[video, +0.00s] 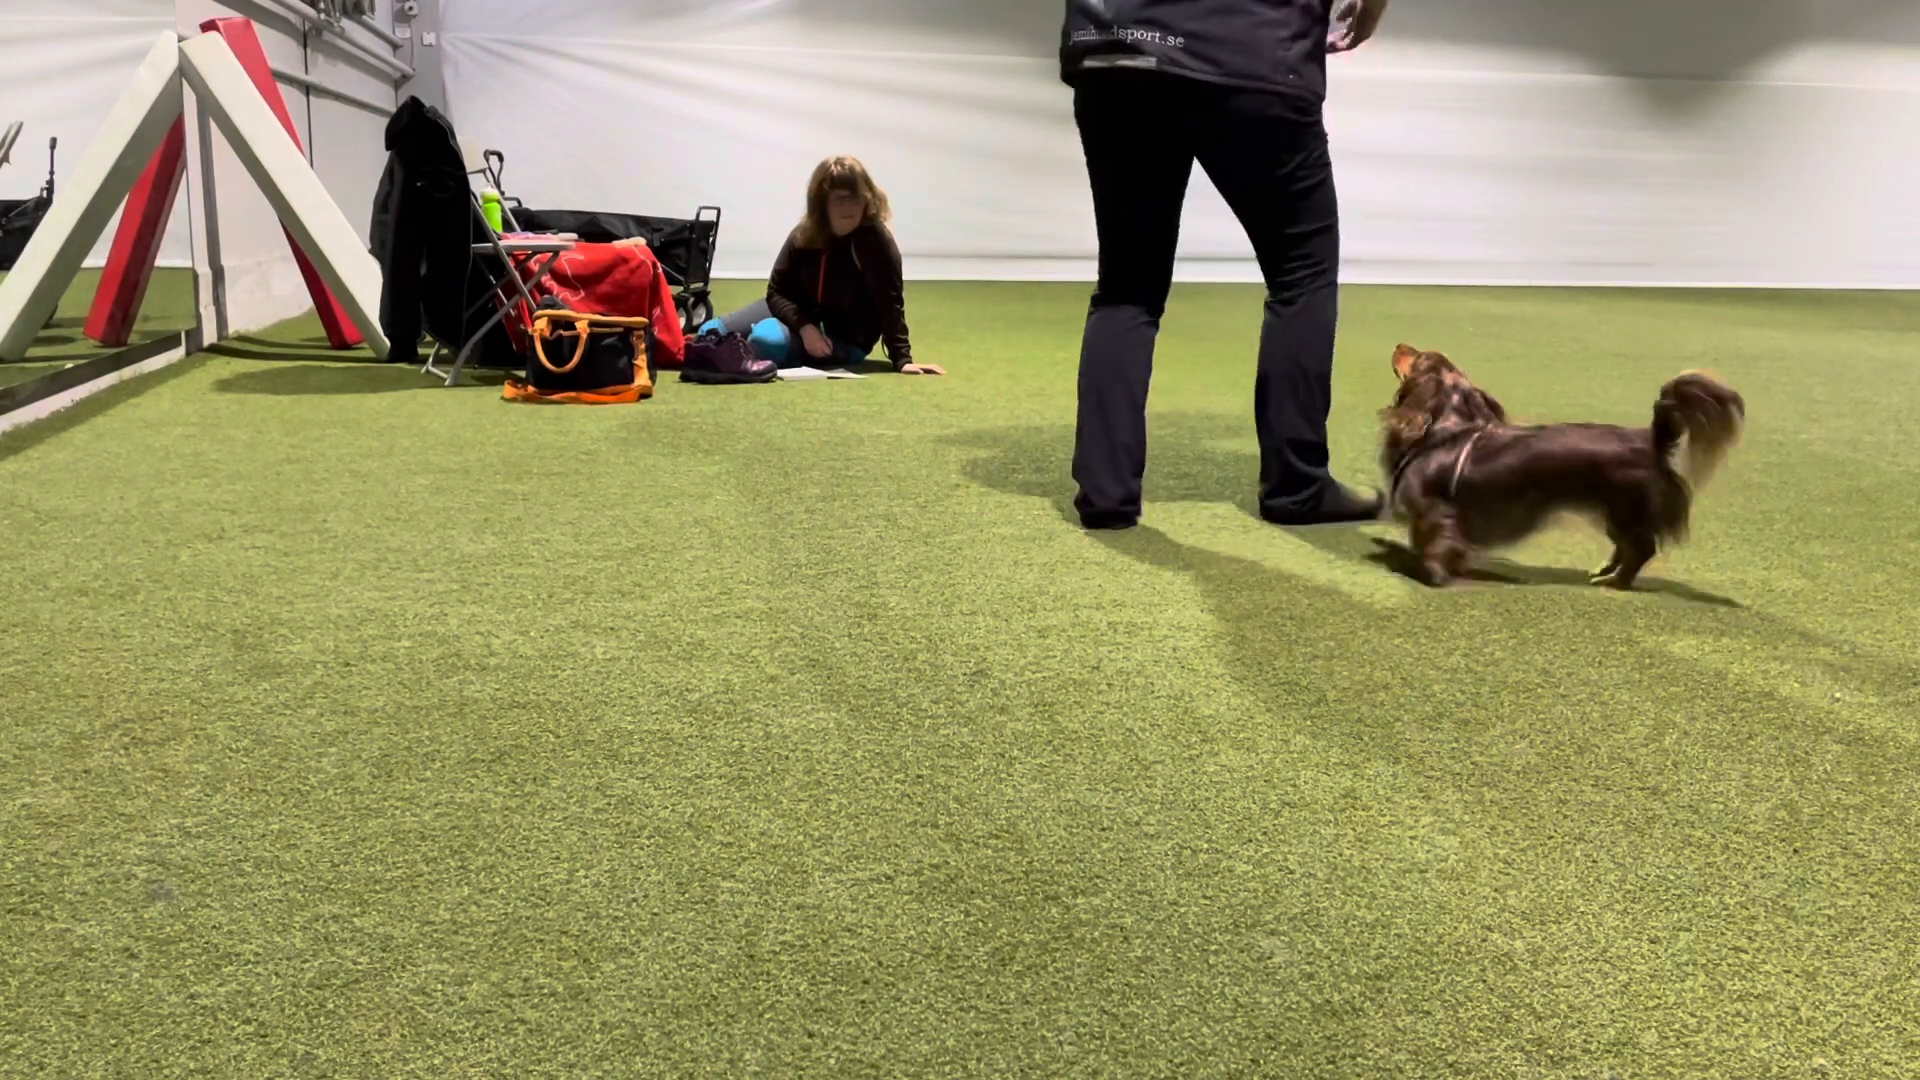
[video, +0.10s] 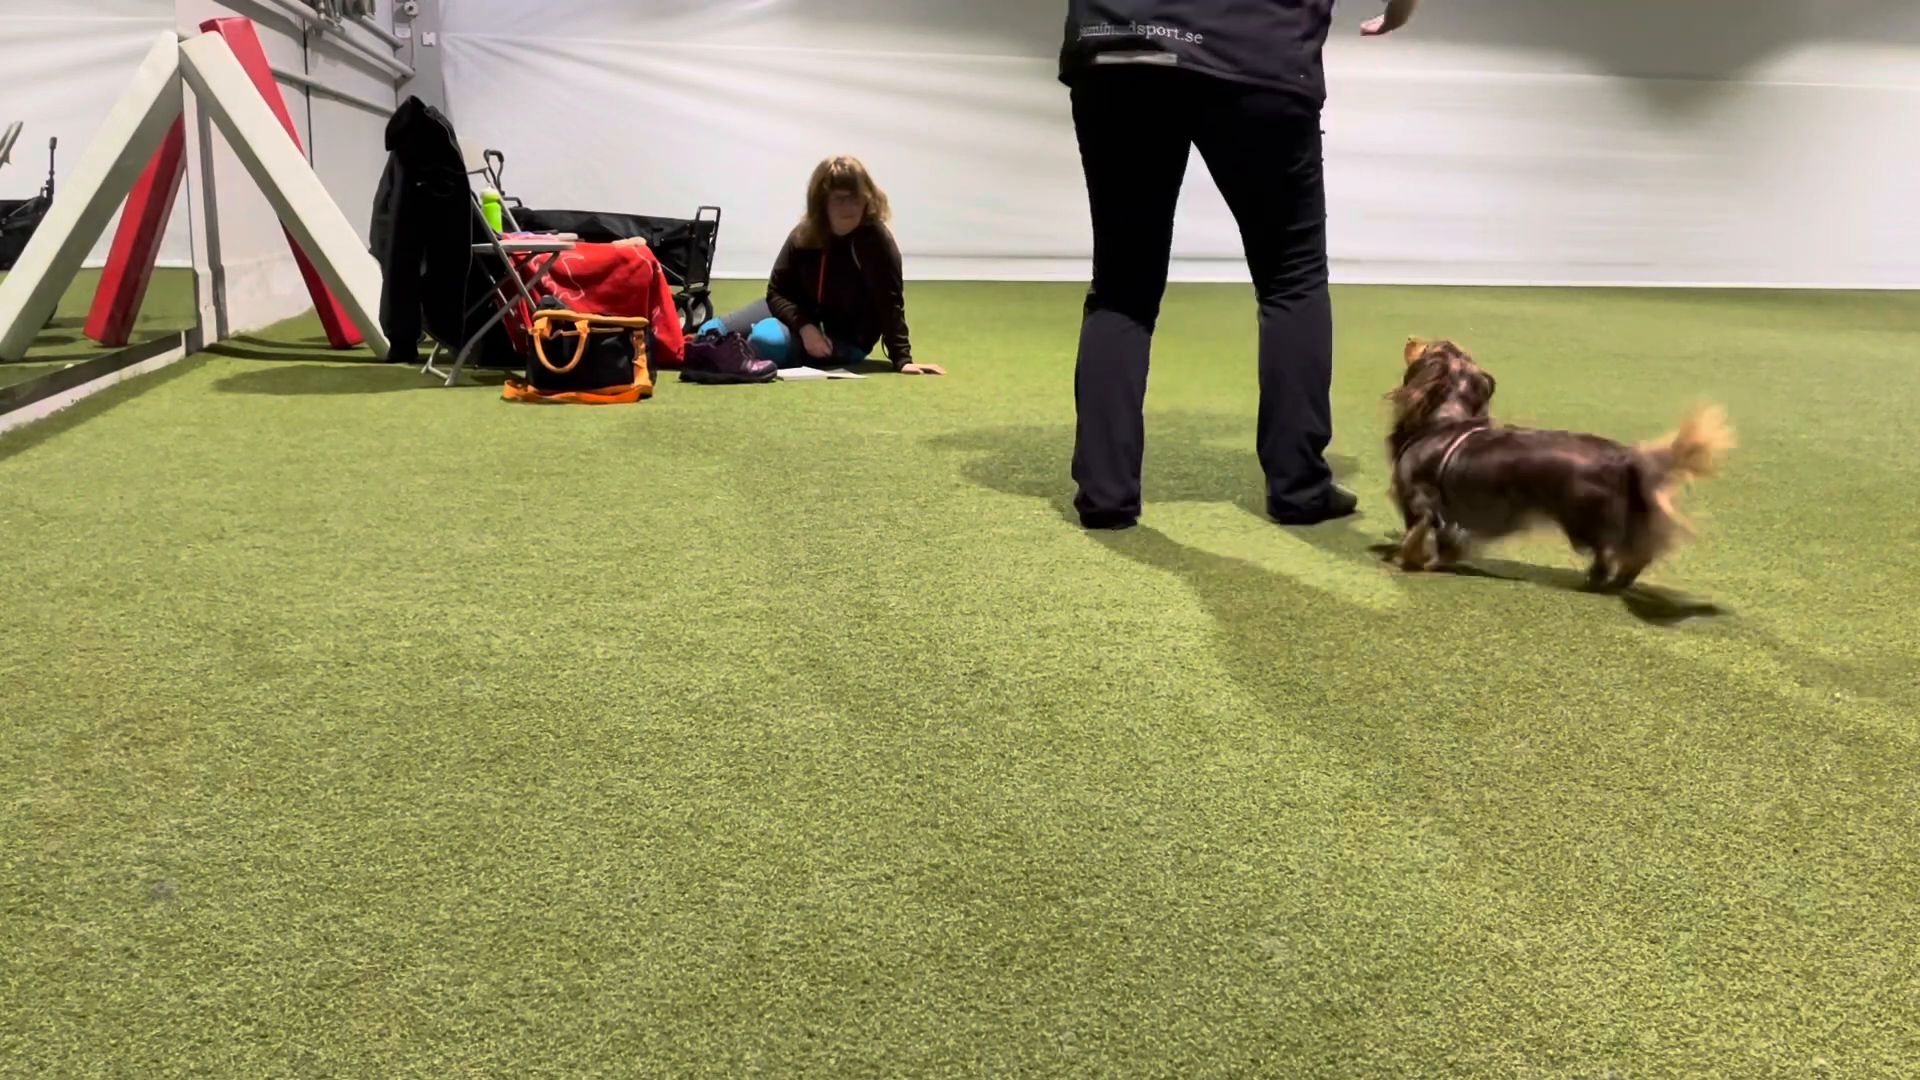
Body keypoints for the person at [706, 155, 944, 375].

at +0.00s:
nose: (847, 205)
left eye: (855, 196)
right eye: (838, 198)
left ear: (866, 200)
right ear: (822, 201)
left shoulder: (877, 242)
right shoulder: (804, 237)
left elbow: (891, 302)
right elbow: (777, 292)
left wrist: (902, 360)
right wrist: (804, 327)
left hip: (842, 338)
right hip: (796, 313)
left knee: (765, 337)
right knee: (712, 331)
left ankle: (732, 346)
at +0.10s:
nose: (847, 205)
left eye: (855, 196)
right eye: (838, 198)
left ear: (866, 200)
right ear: (822, 202)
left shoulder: (877, 242)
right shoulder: (804, 237)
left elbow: (891, 302)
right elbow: (777, 292)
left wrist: (902, 360)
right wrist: (804, 327)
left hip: (842, 337)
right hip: (796, 313)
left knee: (765, 336)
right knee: (712, 332)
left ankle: (732, 346)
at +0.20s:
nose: (848, 205)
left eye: (855, 196)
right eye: (839, 198)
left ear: (866, 200)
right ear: (822, 201)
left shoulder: (877, 242)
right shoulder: (804, 237)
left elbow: (891, 302)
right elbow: (777, 292)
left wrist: (902, 360)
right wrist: (804, 327)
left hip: (842, 338)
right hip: (796, 313)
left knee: (765, 337)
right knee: (712, 331)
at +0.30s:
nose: (848, 205)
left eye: (855, 196)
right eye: (839, 198)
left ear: (866, 200)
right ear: (822, 201)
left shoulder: (877, 242)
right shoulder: (804, 237)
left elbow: (891, 302)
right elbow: (777, 292)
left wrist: (902, 360)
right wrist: (804, 327)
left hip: (842, 338)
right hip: (796, 313)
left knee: (764, 336)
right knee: (712, 331)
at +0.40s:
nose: (847, 206)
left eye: (855, 196)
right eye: (838, 198)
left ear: (866, 200)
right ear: (822, 202)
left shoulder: (877, 242)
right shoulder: (804, 237)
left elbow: (891, 302)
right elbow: (777, 292)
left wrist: (902, 360)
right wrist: (804, 327)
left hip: (842, 338)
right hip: (796, 313)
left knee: (765, 336)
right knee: (712, 331)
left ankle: (732, 346)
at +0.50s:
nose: (847, 206)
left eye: (854, 197)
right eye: (838, 198)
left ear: (866, 200)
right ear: (822, 202)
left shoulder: (877, 242)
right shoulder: (804, 237)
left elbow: (891, 302)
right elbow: (777, 293)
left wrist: (903, 360)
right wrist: (804, 327)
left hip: (842, 338)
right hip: (795, 313)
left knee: (765, 336)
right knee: (712, 331)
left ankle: (733, 345)